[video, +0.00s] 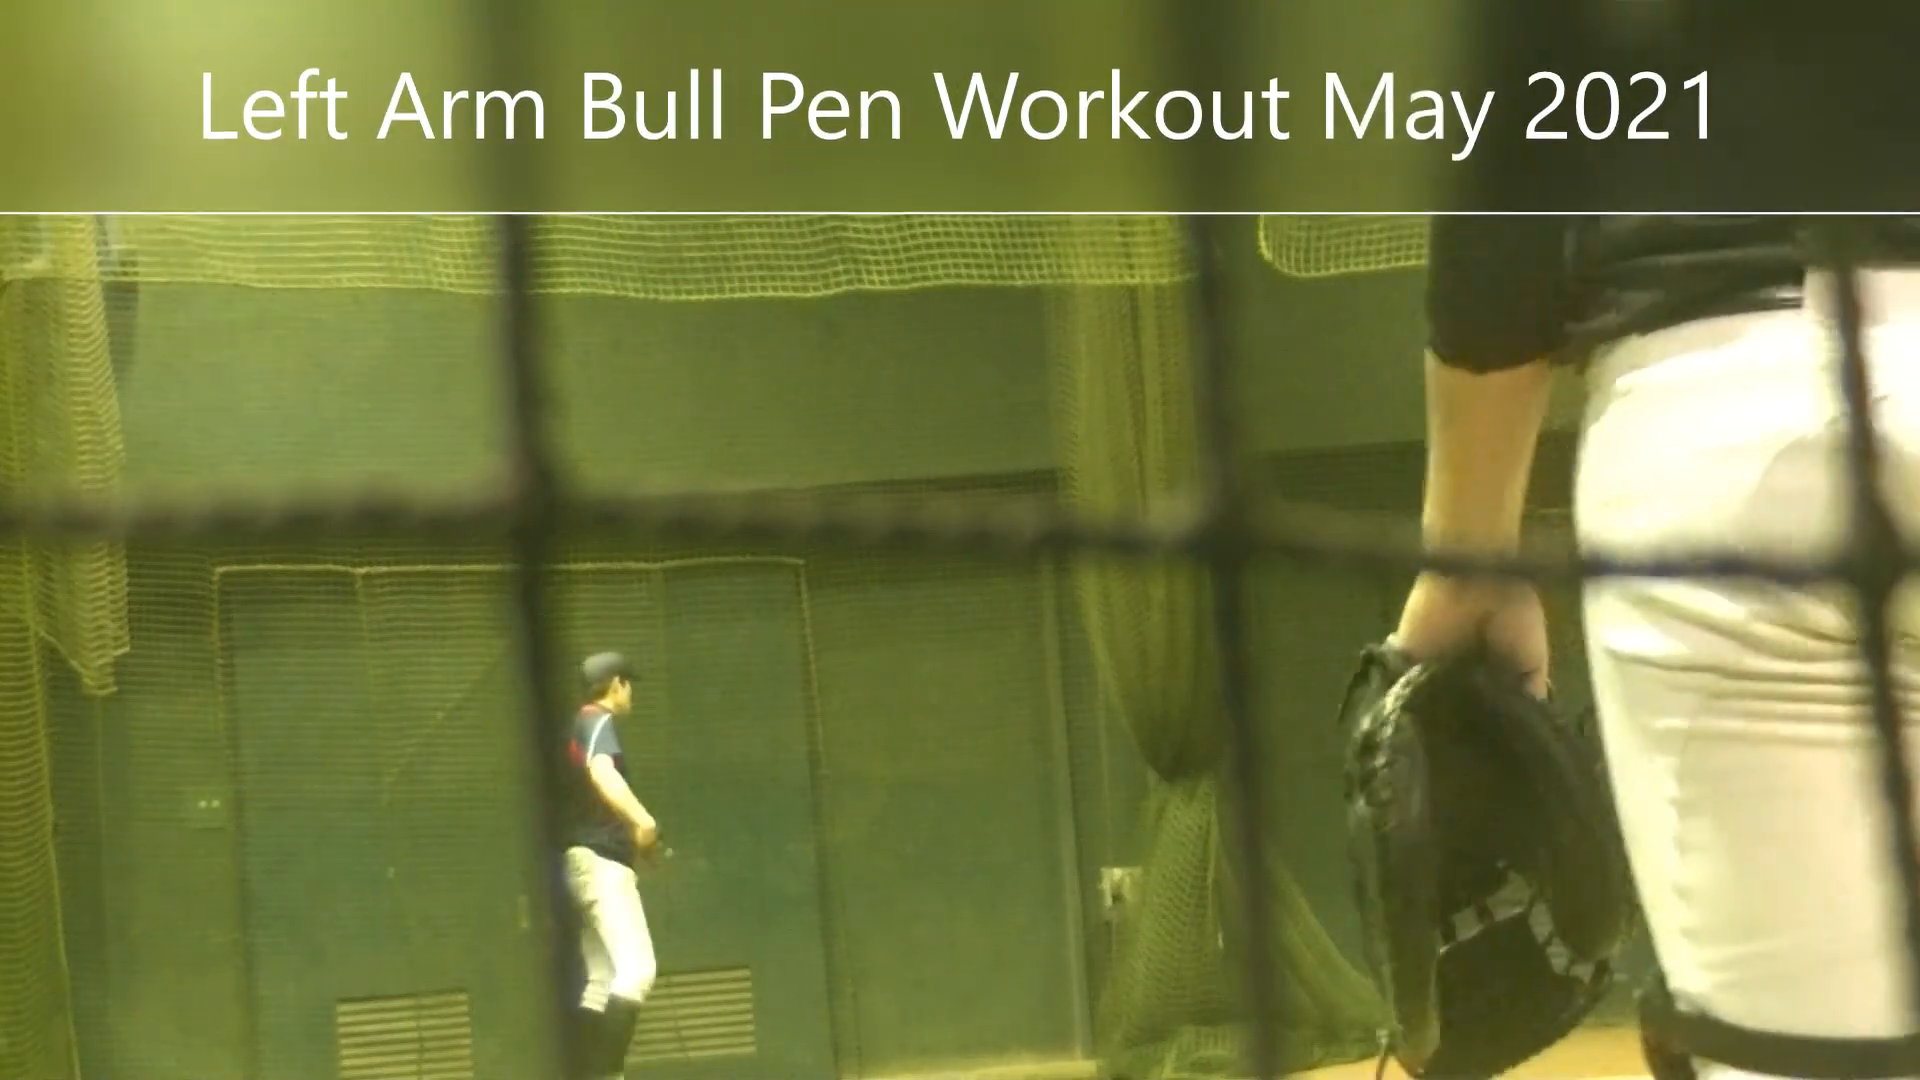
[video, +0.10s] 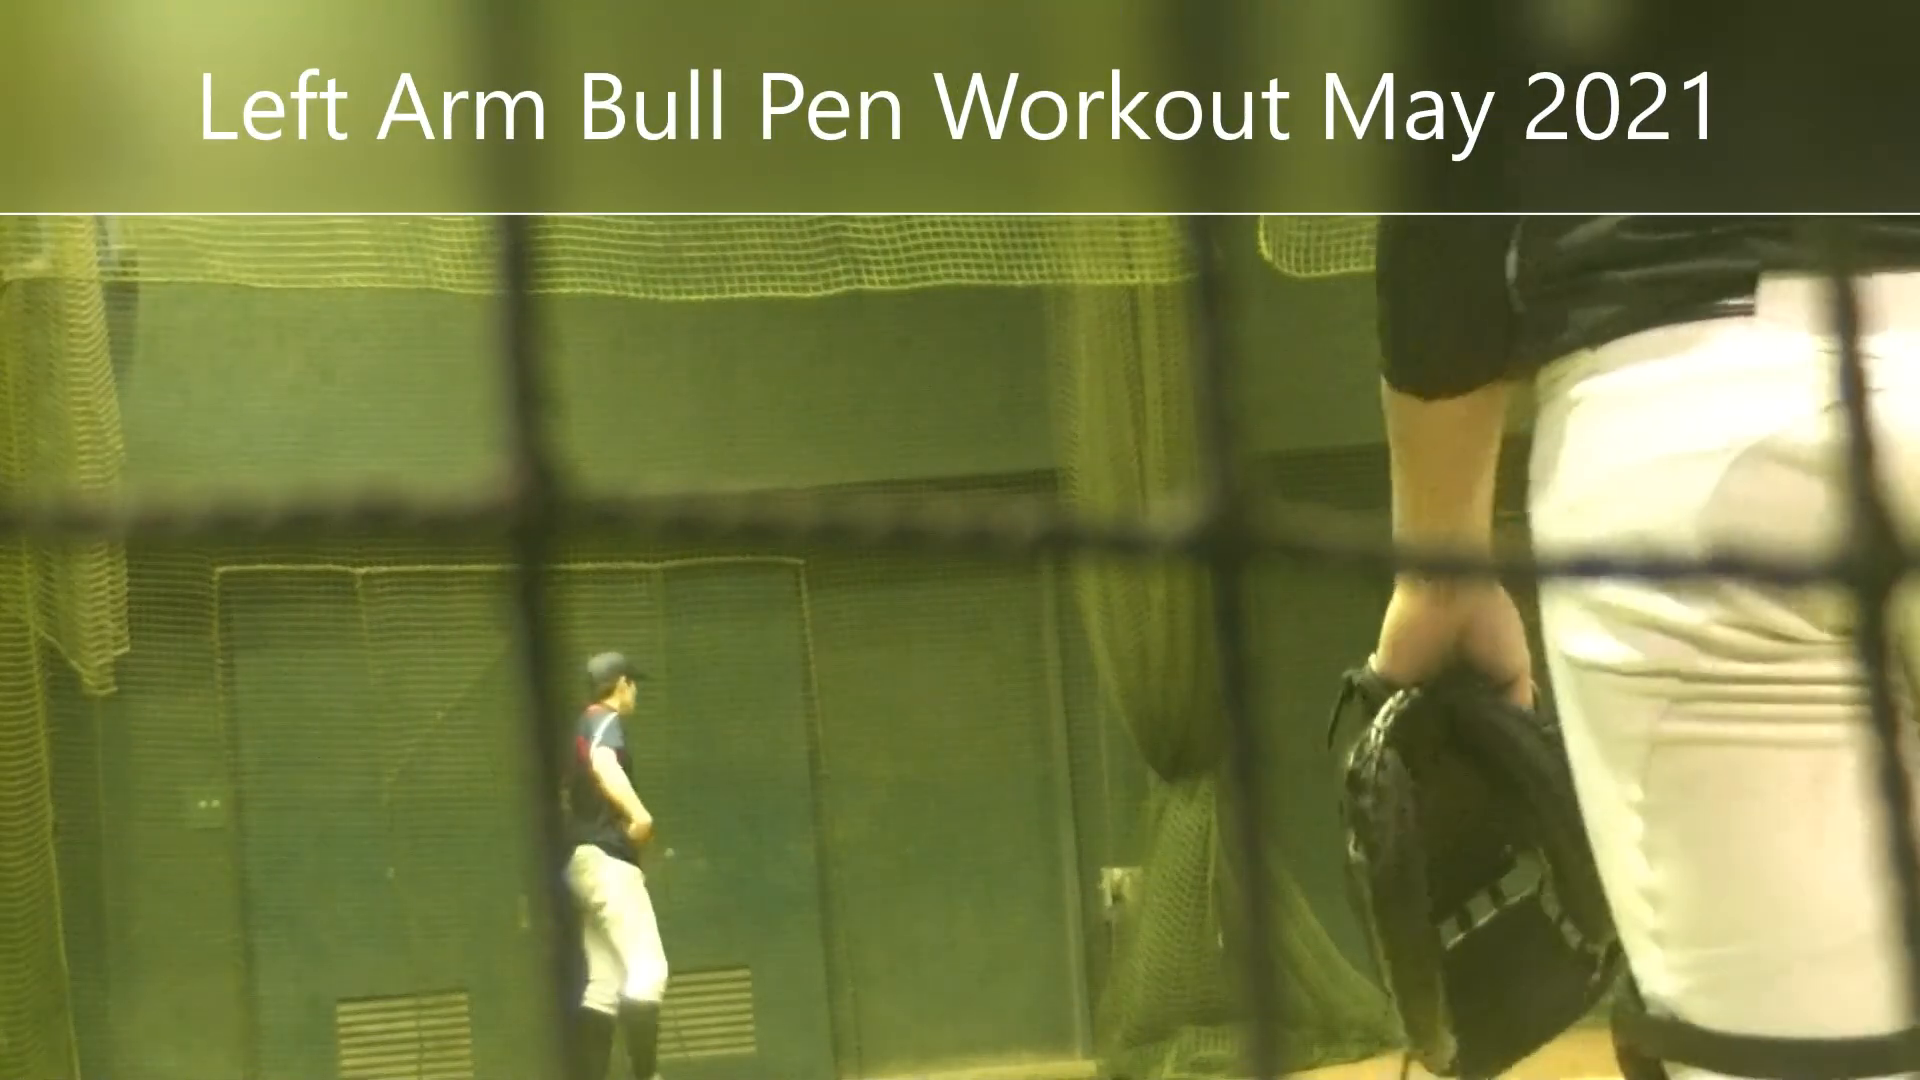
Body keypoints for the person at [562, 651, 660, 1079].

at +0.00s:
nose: (630, 694)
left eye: (628, 686)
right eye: (627, 686)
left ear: (596, 687)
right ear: (614, 686)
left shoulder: (578, 723)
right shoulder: (597, 719)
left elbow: (588, 795)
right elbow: (600, 770)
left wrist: (637, 844)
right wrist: (642, 820)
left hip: (580, 860)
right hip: (598, 862)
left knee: (600, 976)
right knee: (635, 968)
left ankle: (580, 1069)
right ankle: (604, 1070)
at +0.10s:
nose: (635, 694)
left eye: (633, 686)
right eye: (632, 686)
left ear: (600, 687)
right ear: (619, 686)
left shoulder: (584, 724)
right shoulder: (606, 719)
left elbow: (572, 791)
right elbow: (601, 761)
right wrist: (638, 814)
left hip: (584, 859)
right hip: (606, 861)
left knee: (604, 979)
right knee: (647, 967)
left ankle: (586, 1074)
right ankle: (645, 1071)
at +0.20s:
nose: (641, 693)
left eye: (639, 685)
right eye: (639, 685)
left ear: (604, 689)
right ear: (628, 686)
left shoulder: (588, 726)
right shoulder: (617, 719)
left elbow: (568, 791)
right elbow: (609, 767)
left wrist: (586, 832)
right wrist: (638, 824)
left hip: (585, 858)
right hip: (612, 857)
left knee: (607, 979)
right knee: (657, 969)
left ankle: (587, 1074)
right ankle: (679, 1071)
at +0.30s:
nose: (650, 692)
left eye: (648, 685)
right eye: (647, 685)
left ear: (612, 688)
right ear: (636, 686)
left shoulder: (596, 725)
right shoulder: (629, 720)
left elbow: (576, 791)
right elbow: (622, 780)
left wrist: (586, 839)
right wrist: (642, 838)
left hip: (592, 860)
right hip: (621, 858)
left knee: (611, 977)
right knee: (670, 965)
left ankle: (589, 1074)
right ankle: (701, 1071)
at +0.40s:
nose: (661, 695)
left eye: (659, 687)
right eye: (658, 688)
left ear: (624, 691)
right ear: (647, 689)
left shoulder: (600, 730)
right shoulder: (645, 724)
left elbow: (584, 801)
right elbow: (646, 788)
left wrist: (593, 854)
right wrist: (666, 847)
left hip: (601, 861)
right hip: (634, 861)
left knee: (619, 978)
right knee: (683, 967)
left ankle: (590, 1073)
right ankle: (710, 1072)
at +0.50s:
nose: (674, 693)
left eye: (671, 686)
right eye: (672, 687)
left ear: (635, 691)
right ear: (663, 689)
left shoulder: (607, 733)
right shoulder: (664, 730)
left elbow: (587, 801)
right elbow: (670, 792)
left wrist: (596, 859)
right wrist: (698, 848)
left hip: (609, 863)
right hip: (648, 861)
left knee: (628, 976)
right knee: (689, 969)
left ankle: (595, 1072)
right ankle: (709, 1072)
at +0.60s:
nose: (691, 690)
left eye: (688, 684)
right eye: (690, 685)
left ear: (648, 687)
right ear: (683, 686)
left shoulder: (616, 733)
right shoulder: (684, 729)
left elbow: (594, 800)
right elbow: (692, 793)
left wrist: (605, 861)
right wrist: (722, 850)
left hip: (621, 860)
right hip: (665, 858)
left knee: (643, 974)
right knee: (692, 971)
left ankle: (605, 1071)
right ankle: (710, 1072)